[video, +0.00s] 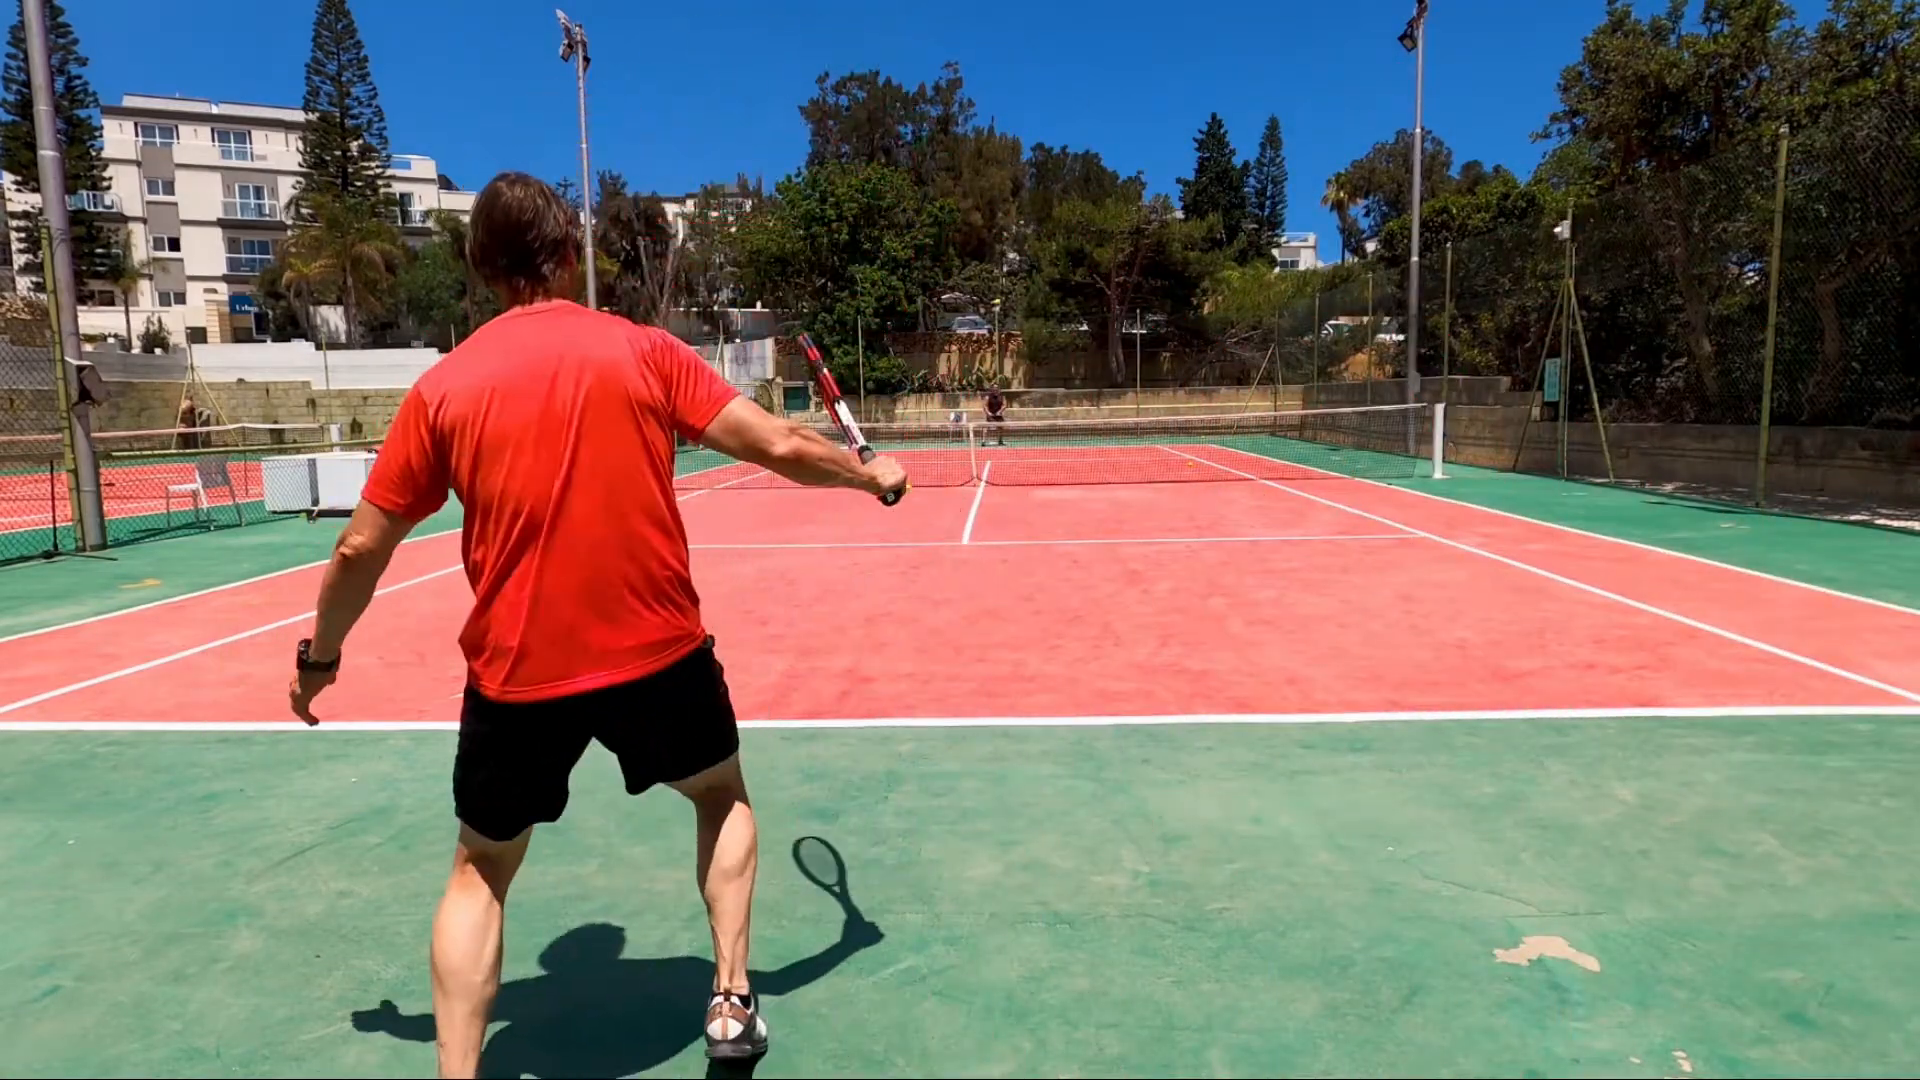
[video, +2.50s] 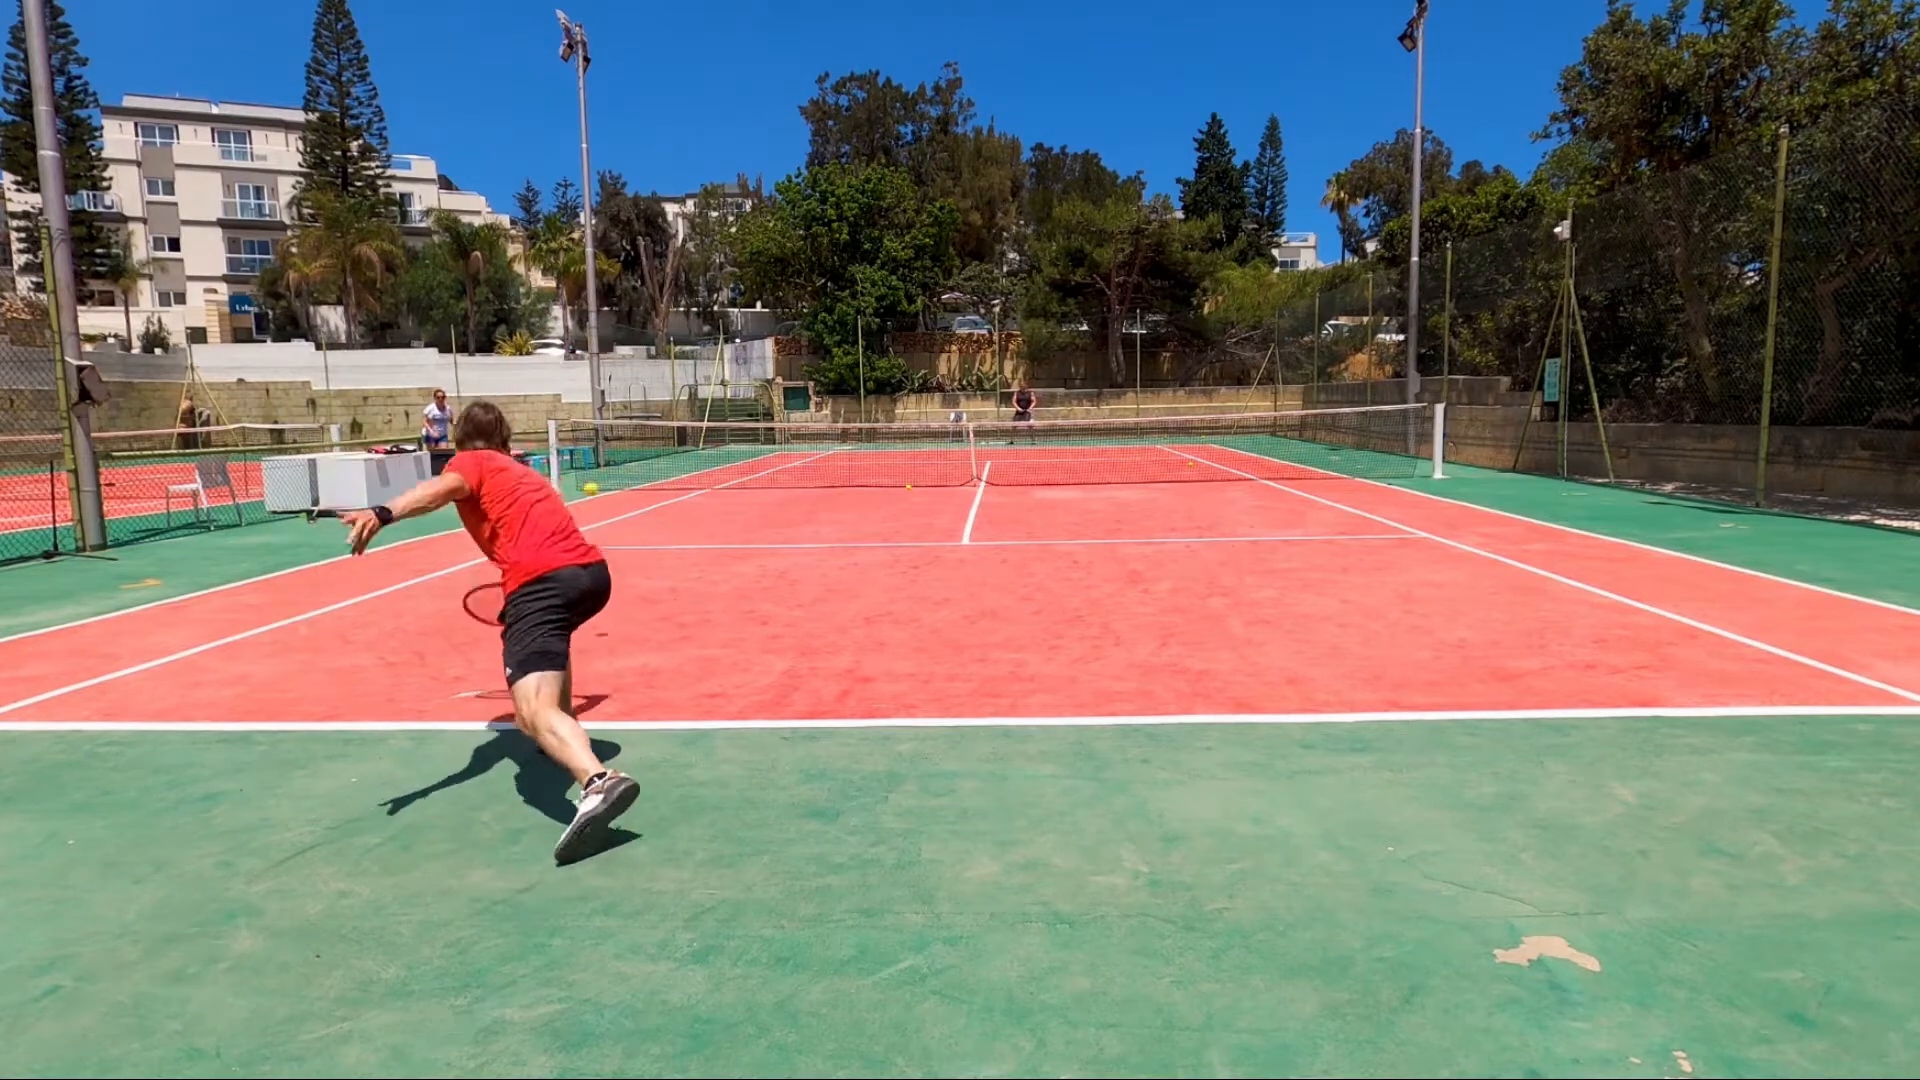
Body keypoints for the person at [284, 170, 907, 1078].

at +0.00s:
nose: (583, 265)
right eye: (580, 253)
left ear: (483, 272)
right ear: (570, 258)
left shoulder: (445, 386)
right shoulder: (640, 350)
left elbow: (363, 546)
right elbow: (775, 445)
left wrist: (321, 649)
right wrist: (866, 469)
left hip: (518, 666)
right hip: (652, 647)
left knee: (482, 865)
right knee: (718, 794)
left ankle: (456, 1071)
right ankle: (732, 1002)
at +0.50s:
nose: (724, 250)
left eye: (717, 239)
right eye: (724, 239)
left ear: (636, 239)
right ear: (713, 242)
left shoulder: (572, 324)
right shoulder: (747, 336)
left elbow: (500, 451)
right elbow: (792, 485)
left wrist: (569, 509)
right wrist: (727, 538)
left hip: (583, 597)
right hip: (699, 603)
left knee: (555, 765)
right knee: (754, 787)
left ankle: (509, 957)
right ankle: (738, 1010)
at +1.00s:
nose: (663, 238)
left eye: (654, 227)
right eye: (661, 227)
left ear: (579, 234)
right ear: (650, 232)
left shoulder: (529, 320)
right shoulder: (673, 319)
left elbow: (485, 433)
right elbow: (731, 433)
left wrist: (549, 472)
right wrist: (694, 487)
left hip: (558, 556)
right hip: (652, 549)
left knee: (572, 703)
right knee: (725, 708)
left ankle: (548, 874)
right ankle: (730, 901)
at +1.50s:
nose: (637, 299)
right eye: (636, 290)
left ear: (566, 292)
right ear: (634, 294)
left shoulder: (518, 366)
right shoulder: (668, 377)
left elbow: (469, 472)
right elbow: (690, 494)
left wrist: (535, 502)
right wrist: (638, 526)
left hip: (542, 582)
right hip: (639, 579)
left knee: (515, 714)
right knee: (704, 713)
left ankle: (482, 861)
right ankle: (720, 867)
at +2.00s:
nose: (439, 393)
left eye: (440, 383)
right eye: (441, 384)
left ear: (451, 382)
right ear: (501, 381)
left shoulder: (465, 424)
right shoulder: (536, 425)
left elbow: (473, 499)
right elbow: (499, 539)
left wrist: (403, 536)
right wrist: (425, 579)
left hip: (554, 593)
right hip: (627, 582)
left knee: (477, 736)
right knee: (602, 656)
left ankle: (527, 885)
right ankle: (641, 781)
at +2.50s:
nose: (454, 453)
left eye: (455, 447)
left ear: (460, 442)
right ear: (505, 443)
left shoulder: (469, 461)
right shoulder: (525, 471)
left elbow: (443, 489)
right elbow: (548, 532)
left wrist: (383, 513)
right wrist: (521, 593)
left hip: (543, 582)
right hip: (592, 575)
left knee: (538, 711)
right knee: (549, 634)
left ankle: (596, 781)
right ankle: (562, 725)